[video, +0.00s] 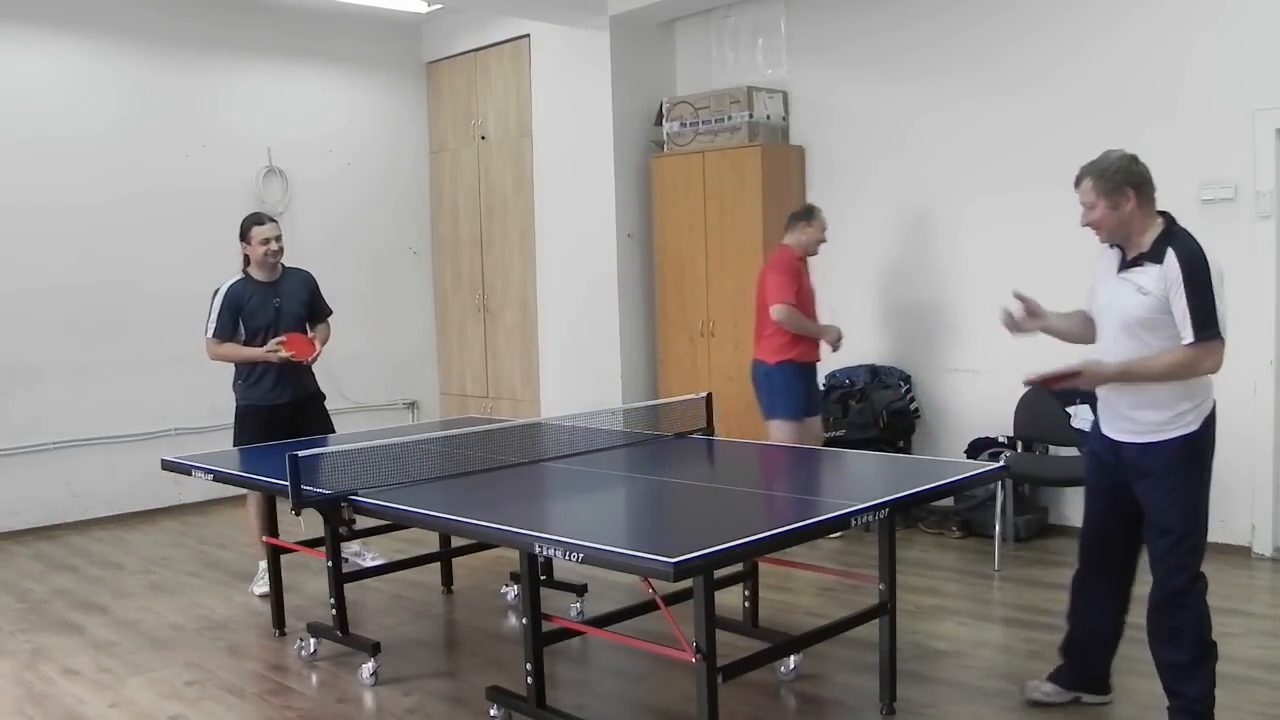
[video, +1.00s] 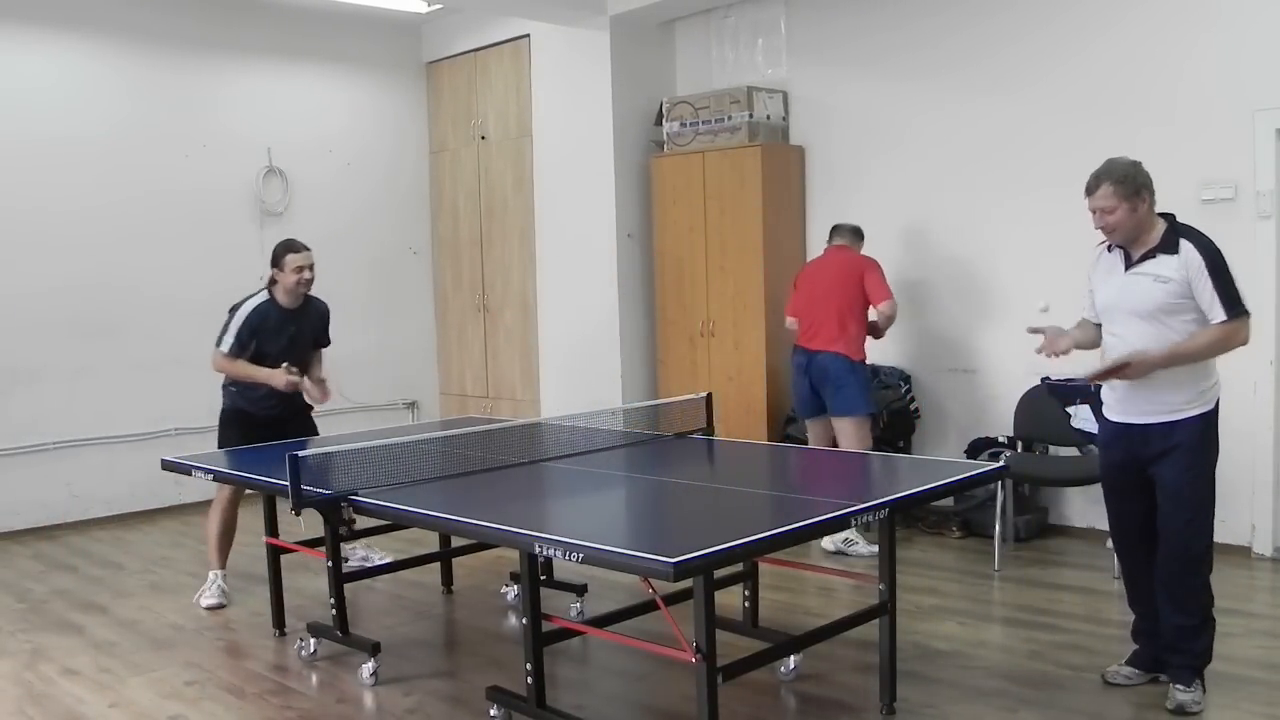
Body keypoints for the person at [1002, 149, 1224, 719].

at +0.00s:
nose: (1084, 220)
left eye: (1091, 207)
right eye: (1083, 208)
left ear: (1129, 200)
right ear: (1119, 203)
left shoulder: (1183, 257)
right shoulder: (1112, 253)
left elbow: (1208, 355)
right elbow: (1097, 325)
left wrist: (1110, 374)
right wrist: (1044, 320)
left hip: (1173, 443)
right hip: (1110, 437)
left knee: (1176, 580)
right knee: (1101, 564)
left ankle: (1190, 708)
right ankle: (1083, 676)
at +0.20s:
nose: (1098, 218)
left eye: (1105, 205)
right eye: (1096, 206)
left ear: (1144, 198)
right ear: (1134, 201)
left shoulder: (1194, 257)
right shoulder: (1132, 249)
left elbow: (1207, 354)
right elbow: (1129, 324)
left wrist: (1113, 365)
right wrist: (1071, 337)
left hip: (1180, 440)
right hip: (1122, 433)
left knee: (1178, 578)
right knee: (1115, 549)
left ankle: (1191, 707)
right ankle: (1133, 656)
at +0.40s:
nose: (1094, 224)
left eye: (1100, 211)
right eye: (1093, 213)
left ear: (1139, 203)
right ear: (1129, 207)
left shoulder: (1189, 258)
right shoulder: (1123, 258)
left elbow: (1234, 344)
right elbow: (1132, 331)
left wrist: (1151, 382)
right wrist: (1079, 337)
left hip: (1179, 439)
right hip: (1122, 433)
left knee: (1177, 574)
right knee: (1130, 556)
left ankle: (1191, 708)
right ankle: (1151, 654)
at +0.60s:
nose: (1088, 228)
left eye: (1094, 216)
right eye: (1086, 217)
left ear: (1133, 206)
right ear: (1120, 211)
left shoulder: (1185, 256)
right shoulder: (1116, 259)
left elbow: (1234, 335)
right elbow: (1114, 333)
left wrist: (1150, 375)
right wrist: (1055, 331)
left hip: (1177, 435)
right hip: (1117, 432)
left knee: (1186, 562)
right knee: (1132, 554)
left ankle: (1192, 697)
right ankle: (1151, 656)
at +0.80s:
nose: (1097, 226)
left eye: (1105, 216)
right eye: (1092, 217)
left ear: (1140, 203)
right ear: (1092, 214)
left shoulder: (1189, 250)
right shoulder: (1102, 259)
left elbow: (1217, 334)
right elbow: (1093, 326)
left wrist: (1128, 349)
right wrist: (1066, 335)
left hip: (1182, 427)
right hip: (1119, 427)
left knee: (1181, 552)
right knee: (1131, 549)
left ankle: (1190, 677)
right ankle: (1149, 654)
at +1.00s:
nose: (1098, 222)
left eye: (1106, 212)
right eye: (1094, 213)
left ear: (1143, 203)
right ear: (1094, 210)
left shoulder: (1193, 250)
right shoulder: (1104, 259)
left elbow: (1236, 329)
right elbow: (1098, 324)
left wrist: (1154, 359)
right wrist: (1070, 337)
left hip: (1183, 428)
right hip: (1119, 427)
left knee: (1183, 549)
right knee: (1133, 547)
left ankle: (1186, 669)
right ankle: (1149, 653)